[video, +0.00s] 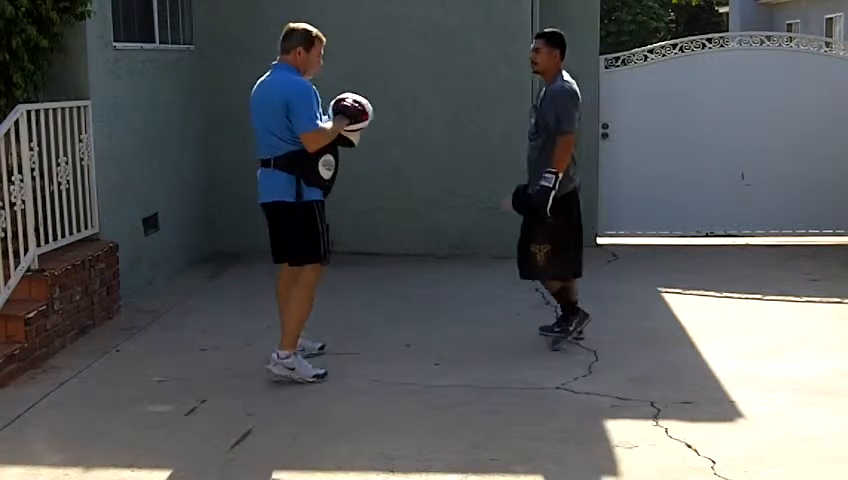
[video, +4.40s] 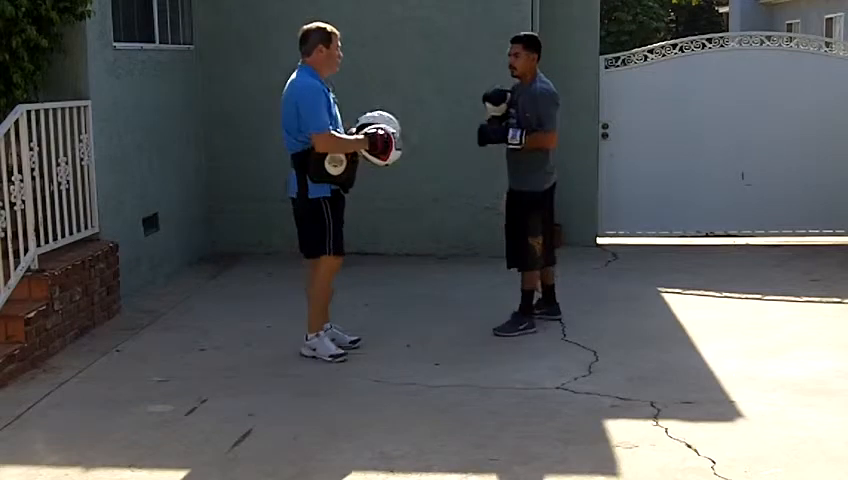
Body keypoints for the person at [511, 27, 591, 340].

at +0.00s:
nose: (532, 56)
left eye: (538, 51)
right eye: (532, 51)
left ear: (556, 55)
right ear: (548, 56)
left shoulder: (562, 91)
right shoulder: (551, 88)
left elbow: (566, 140)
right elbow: (552, 140)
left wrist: (548, 182)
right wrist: (533, 183)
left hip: (556, 193)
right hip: (550, 191)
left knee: (542, 256)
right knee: (551, 255)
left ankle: (571, 313)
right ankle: (568, 313)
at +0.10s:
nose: (526, 56)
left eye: (533, 51)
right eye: (527, 51)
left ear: (550, 55)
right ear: (540, 57)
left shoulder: (557, 91)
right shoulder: (541, 89)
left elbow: (564, 141)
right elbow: (540, 141)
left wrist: (547, 183)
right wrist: (526, 182)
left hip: (553, 188)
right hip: (538, 187)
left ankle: (559, 316)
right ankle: (558, 317)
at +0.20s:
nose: (520, 57)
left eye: (526, 52)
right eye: (520, 52)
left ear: (544, 56)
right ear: (532, 58)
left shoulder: (550, 92)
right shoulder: (537, 90)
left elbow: (556, 142)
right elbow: (532, 143)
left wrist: (542, 186)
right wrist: (519, 183)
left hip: (538, 191)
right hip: (542, 189)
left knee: (517, 257)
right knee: (560, 256)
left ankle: (515, 320)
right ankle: (569, 319)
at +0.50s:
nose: (497, 58)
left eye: (503, 53)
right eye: (498, 52)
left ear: (521, 58)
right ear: (517, 59)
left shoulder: (521, 94)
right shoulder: (525, 87)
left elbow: (520, 145)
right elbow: (522, 142)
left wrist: (509, 189)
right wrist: (511, 179)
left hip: (512, 189)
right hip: (527, 187)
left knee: (506, 254)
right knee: (532, 249)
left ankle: (501, 319)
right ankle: (559, 305)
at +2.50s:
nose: (523, 59)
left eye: (528, 54)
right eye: (523, 54)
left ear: (546, 58)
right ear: (534, 59)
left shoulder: (559, 93)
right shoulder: (532, 93)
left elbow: (566, 142)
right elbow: (530, 128)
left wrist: (529, 148)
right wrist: (516, 141)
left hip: (556, 186)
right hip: (539, 184)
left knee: (544, 250)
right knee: (556, 246)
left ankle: (534, 314)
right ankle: (564, 303)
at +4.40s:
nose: (510, 60)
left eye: (516, 55)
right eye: (509, 55)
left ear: (534, 59)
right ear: (514, 59)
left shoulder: (544, 92)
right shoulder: (517, 92)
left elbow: (549, 140)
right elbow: (513, 126)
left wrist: (508, 136)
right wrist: (495, 122)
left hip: (536, 185)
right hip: (522, 183)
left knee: (528, 247)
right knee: (540, 244)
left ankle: (525, 314)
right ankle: (549, 303)